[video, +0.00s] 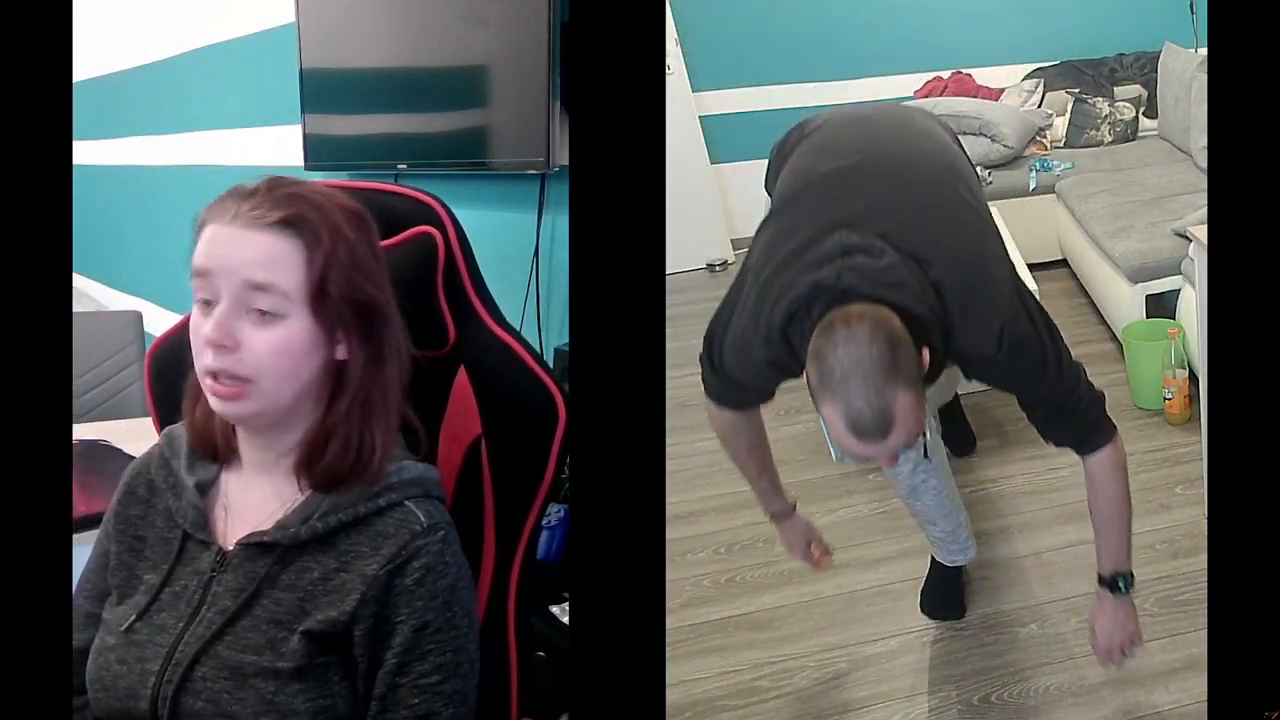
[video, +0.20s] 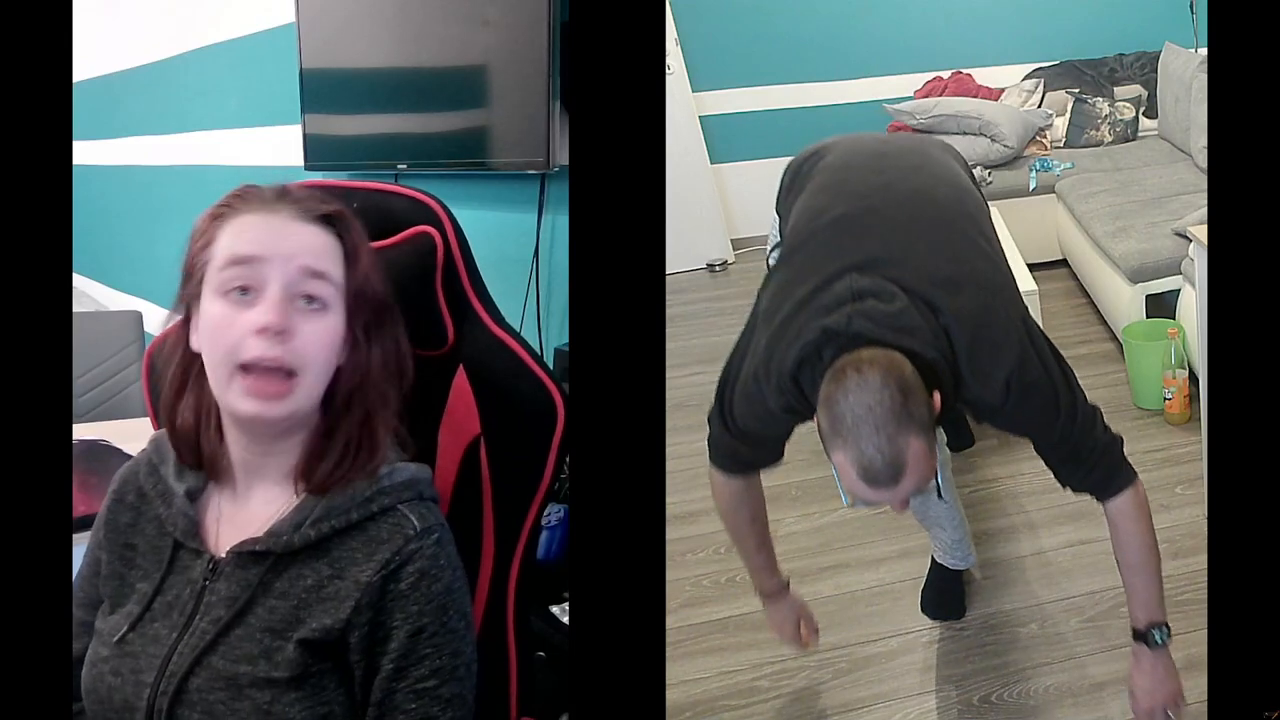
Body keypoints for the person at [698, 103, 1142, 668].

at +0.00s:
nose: (892, 465)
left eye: (905, 448)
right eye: (868, 458)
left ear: (925, 361)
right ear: (811, 381)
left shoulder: (990, 321)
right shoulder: (754, 334)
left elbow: (1100, 440)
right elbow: (726, 398)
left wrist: (1117, 587)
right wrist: (781, 513)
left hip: (920, 129)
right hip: (805, 142)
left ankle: (947, 397)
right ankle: (951, 553)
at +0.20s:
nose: (904, 508)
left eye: (916, 490)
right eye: (876, 503)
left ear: (935, 407)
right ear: (823, 432)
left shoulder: (1001, 358)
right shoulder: (770, 377)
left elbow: (1117, 481)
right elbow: (730, 462)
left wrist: (1152, 642)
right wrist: (773, 592)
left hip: (936, 163)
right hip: (817, 169)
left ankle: (956, 402)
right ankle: (951, 556)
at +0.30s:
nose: (910, 534)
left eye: (925, 514)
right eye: (885, 527)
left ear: (945, 433)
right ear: (831, 454)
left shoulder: (1013, 384)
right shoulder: (776, 400)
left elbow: (1118, 515)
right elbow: (732, 500)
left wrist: (1165, 672)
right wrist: (771, 637)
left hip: (946, 176)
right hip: (824, 182)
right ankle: (954, 548)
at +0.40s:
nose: (920, 557)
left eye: (930, 544)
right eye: (897, 550)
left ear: (958, 454)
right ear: (843, 477)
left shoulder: (1020, 413)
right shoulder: (786, 422)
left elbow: (1110, 552)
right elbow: (739, 533)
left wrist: (1165, 694)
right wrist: (769, 684)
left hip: (957, 194)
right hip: (835, 198)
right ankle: (951, 549)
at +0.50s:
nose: (936, 587)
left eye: (953, 569)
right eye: (909, 579)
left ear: (974, 477)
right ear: (857, 502)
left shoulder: (1039, 439)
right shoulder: (794, 443)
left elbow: (1111, 579)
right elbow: (744, 570)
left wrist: (1164, 706)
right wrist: (761, 713)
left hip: (973, 212)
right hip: (848, 212)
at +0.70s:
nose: (973, 620)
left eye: (990, 605)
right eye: (949, 613)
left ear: (1011, 510)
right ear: (891, 532)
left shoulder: (1066, 454)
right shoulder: (819, 486)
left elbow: (1130, 587)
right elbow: (778, 640)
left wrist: (1168, 707)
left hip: (988, 233)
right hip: (863, 240)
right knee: (833, 330)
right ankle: (826, 284)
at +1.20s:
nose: (904, 659)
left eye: (919, 640)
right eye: (873, 652)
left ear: (946, 542)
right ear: (816, 569)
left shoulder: (1023, 473)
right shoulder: (761, 526)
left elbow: (1113, 597)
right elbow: (759, 686)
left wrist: (1165, 709)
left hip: (953, 269)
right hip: (827, 282)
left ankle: (958, 547)